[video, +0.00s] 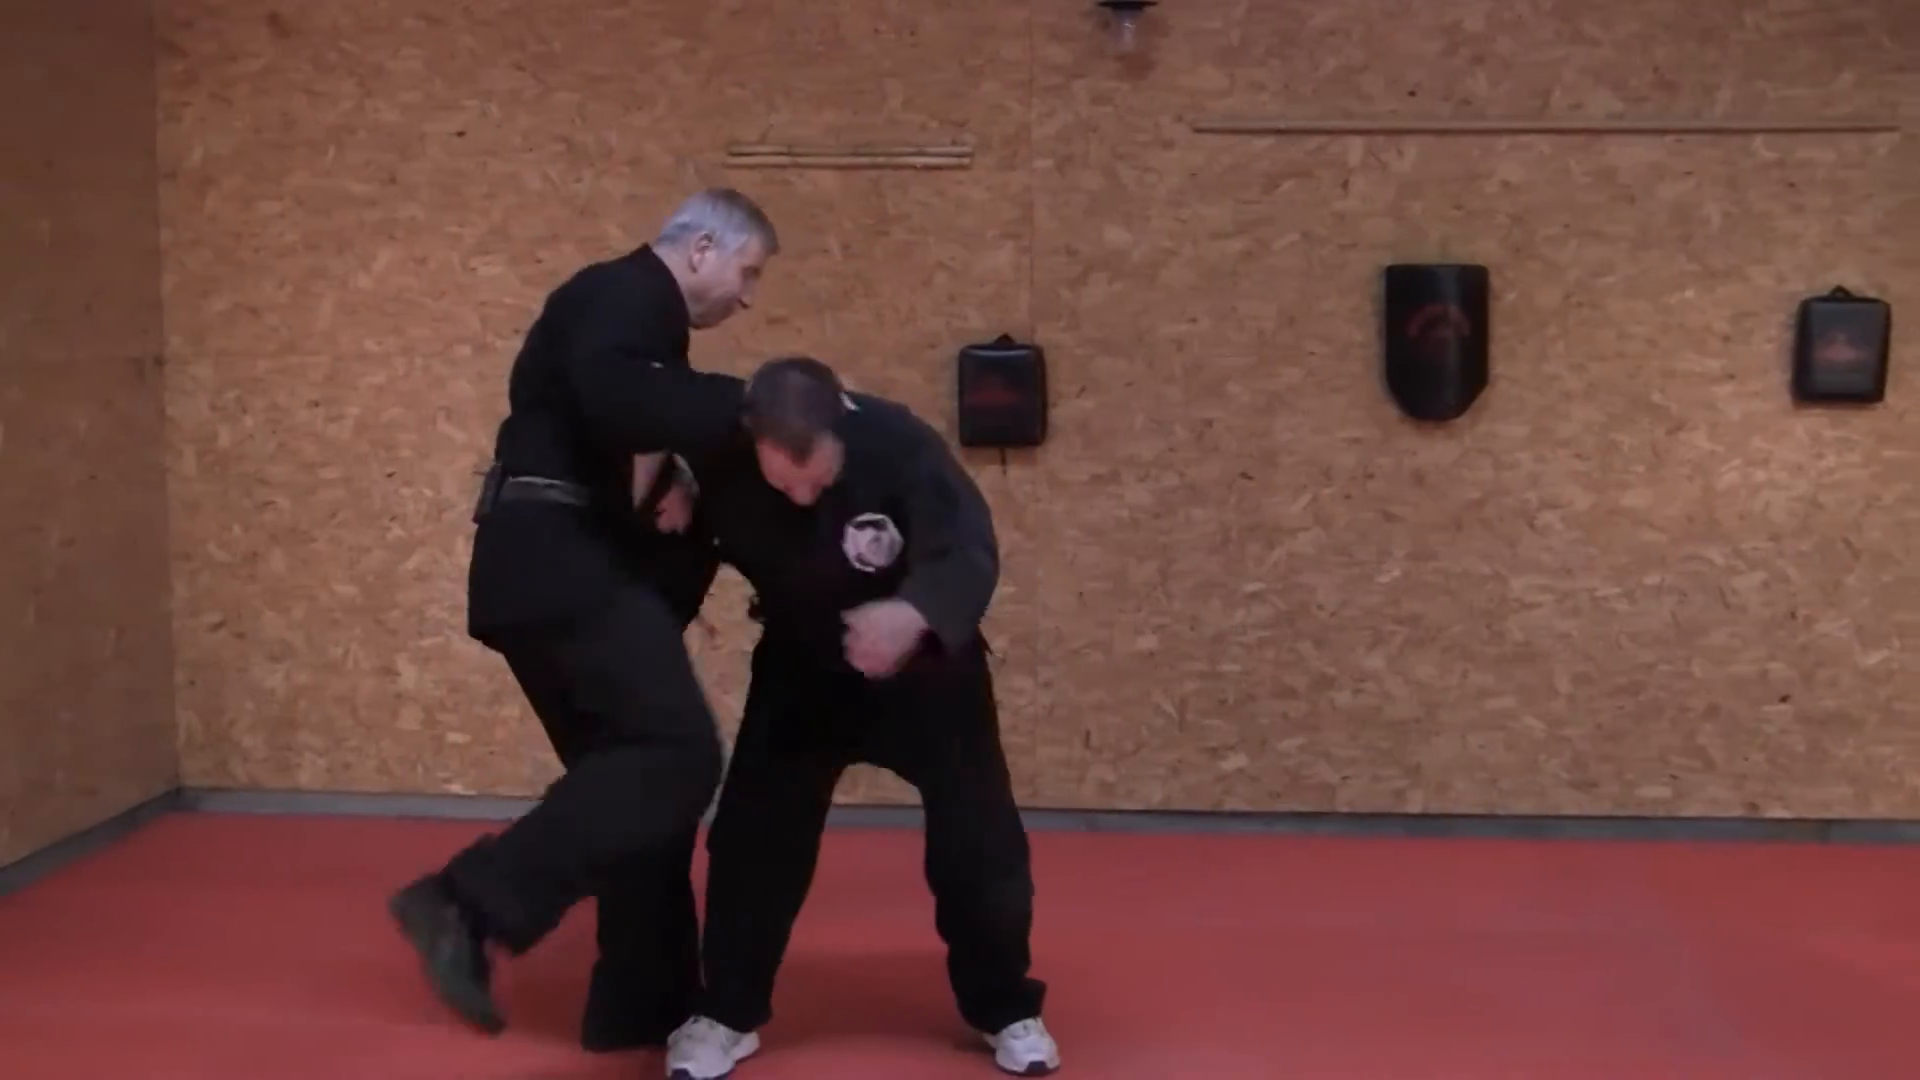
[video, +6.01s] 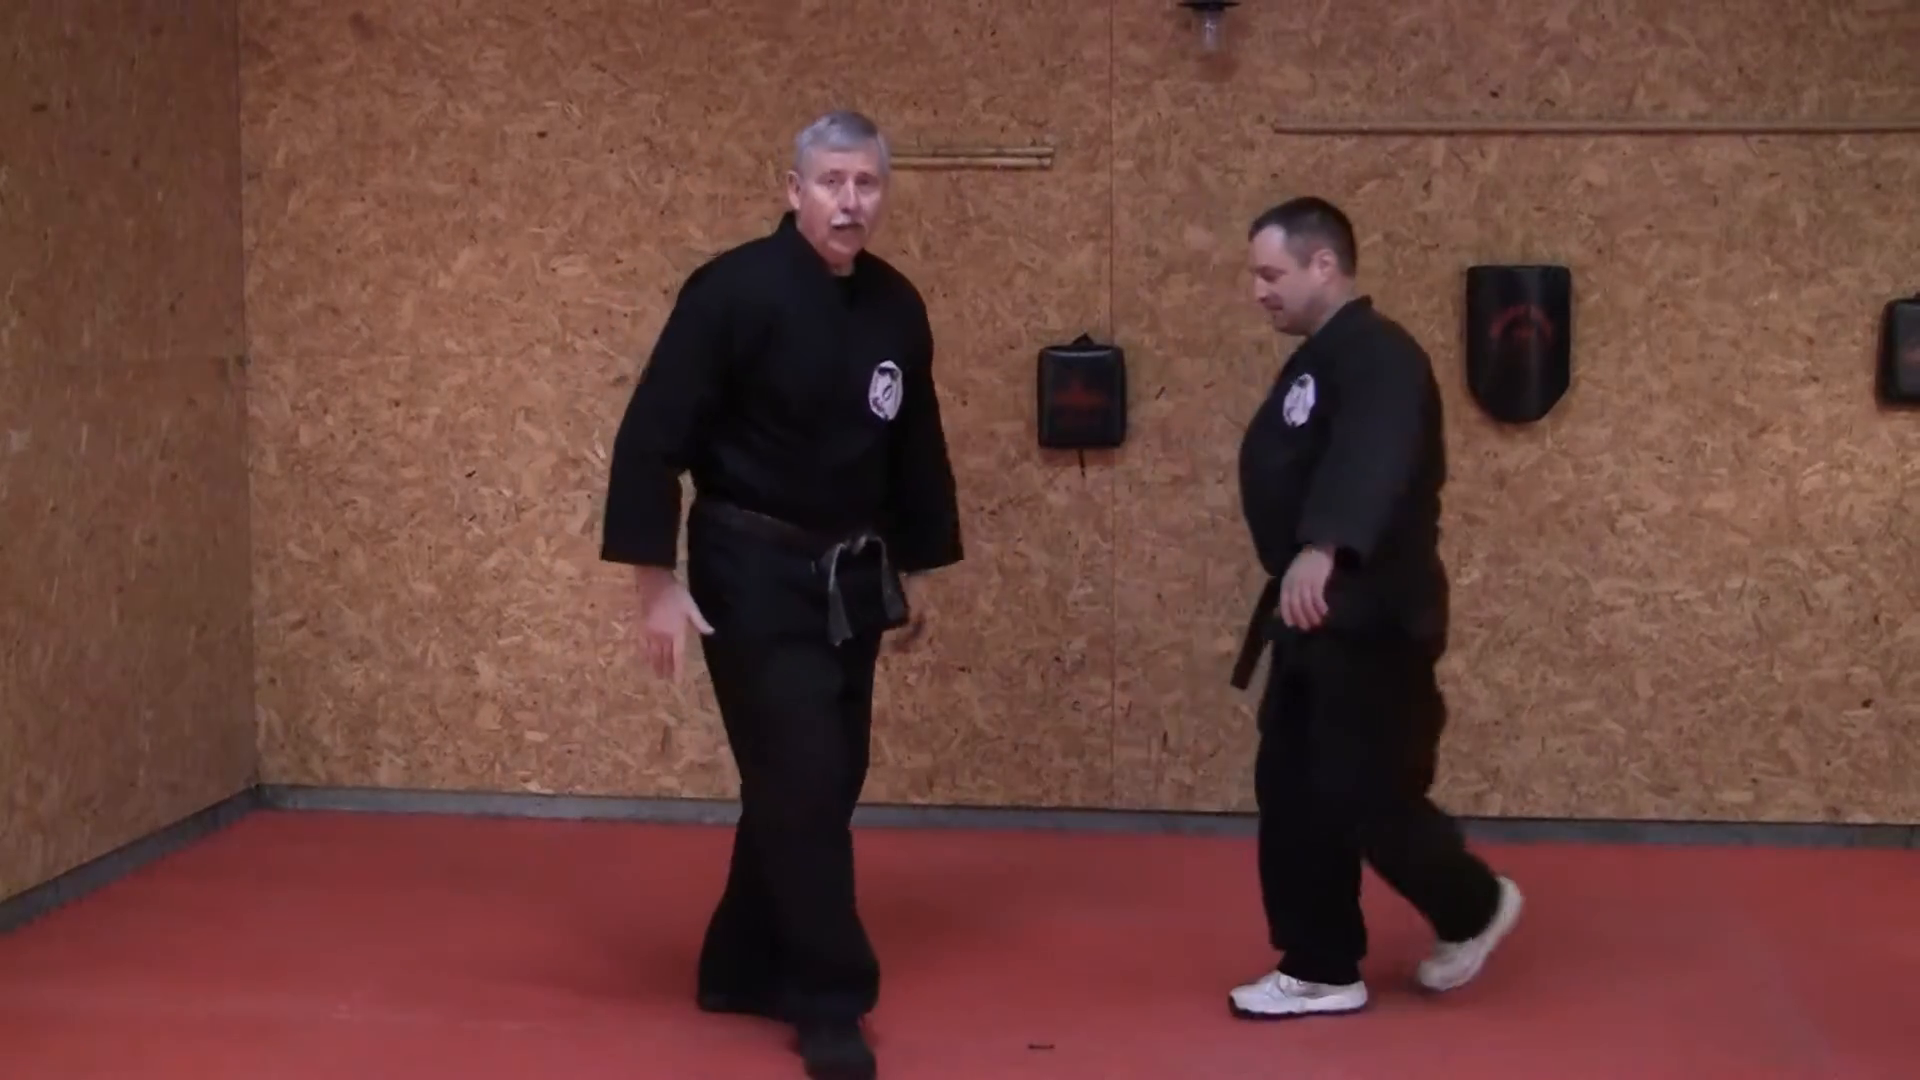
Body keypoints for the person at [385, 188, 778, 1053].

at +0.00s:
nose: (746, 299)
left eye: (754, 280)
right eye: (747, 275)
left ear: (689, 245)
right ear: (702, 249)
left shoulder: (620, 308)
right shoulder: (628, 293)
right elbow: (617, 392)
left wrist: (675, 482)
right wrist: (751, 406)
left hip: (538, 560)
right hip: (559, 557)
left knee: (628, 773)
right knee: (678, 754)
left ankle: (641, 1009)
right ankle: (463, 903)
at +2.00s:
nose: (777, 250)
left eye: (794, 236)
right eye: (758, 233)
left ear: (810, 248)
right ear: (717, 243)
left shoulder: (808, 338)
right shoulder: (664, 348)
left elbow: (840, 499)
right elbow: (704, 505)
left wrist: (843, 415)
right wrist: (793, 407)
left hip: (753, 584)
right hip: (638, 589)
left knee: (810, 771)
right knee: (622, 808)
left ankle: (790, 976)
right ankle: (549, 1034)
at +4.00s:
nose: (743, 220)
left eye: (761, 208)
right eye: (725, 203)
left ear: (783, 228)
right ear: (692, 215)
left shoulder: (789, 316)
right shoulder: (633, 304)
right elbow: (684, 402)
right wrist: (834, 335)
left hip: (711, 578)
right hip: (593, 576)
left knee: (756, 791)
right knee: (555, 813)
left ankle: (748, 977)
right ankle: (511, 1037)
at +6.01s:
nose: (851, 200)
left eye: (867, 183)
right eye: (833, 181)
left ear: (884, 193)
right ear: (794, 187)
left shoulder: (894, 307)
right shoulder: (730, 291)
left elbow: (910, 448)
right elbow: (650, 433)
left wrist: (902, 576)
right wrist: (657, 582)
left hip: (851, 569)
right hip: (751, 566)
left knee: (822, 773)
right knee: (800, 776)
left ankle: (741, 964)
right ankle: (829, 1009)